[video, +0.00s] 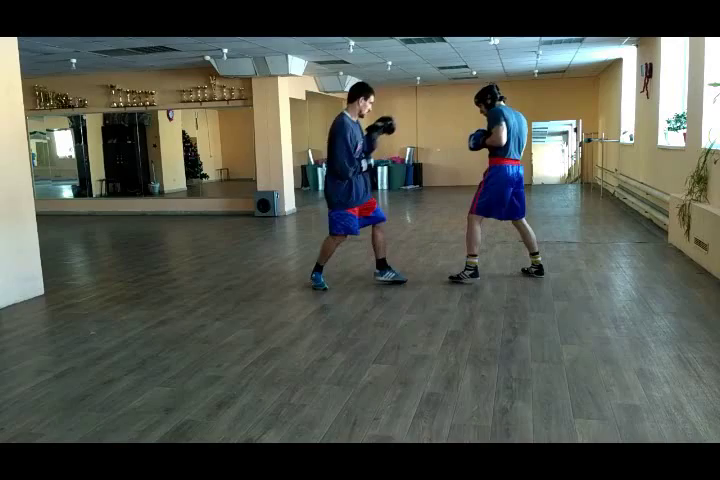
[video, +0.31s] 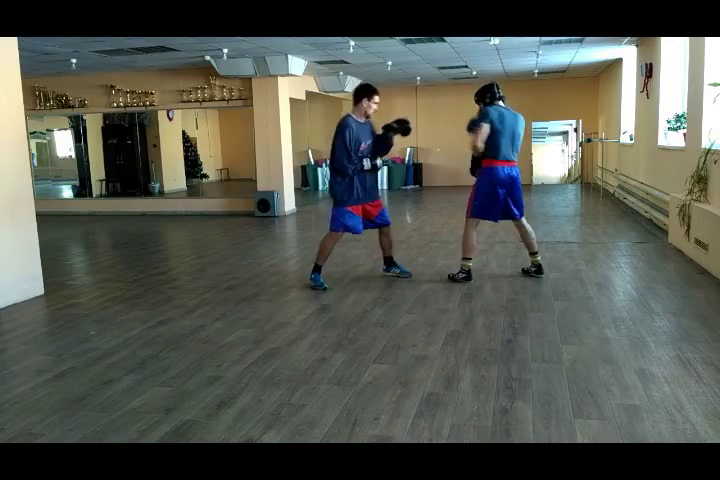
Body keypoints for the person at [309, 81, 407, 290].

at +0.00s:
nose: (370, 108)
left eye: (371, 103)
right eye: (369, 102)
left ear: (357, 101)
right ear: (359, 100)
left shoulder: (355, 124)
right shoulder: (342, 125)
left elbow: (362, 154)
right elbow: (344, 169)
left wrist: (374, 133)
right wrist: (366, 160)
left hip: (359, 189)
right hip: (342, 192)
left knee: (379, 221)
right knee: (339, 233)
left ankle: (383, 269)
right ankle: (317, 272)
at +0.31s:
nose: (376, 108)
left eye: (377, 104)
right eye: (374, 103)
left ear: (366, 102)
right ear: (363, 101)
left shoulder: (367, 124)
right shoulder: (346, 125)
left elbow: (374, 151)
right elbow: (340, 164)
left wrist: (389, 134)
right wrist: (369, 163)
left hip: (368, 188)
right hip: (347, 191)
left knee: (384, 225)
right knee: (336, 232)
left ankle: (389, 264)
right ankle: (316, 273)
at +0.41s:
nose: (385, 106)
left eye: (387, 102)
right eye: (383, 101)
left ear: (380, 102)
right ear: (372, 100)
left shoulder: (382, 123)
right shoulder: (353, 124)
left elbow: (389, 141)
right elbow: (344, 161)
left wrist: (407, 121)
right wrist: (373, 162)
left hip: (375, 188)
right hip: (351, 189)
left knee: (386, 224)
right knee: (336, 229)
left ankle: (388, 265)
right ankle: (317, 272)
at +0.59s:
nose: (394, 107)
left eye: (396, 103)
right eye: (392, 102)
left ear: (385, 101)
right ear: (380, 99)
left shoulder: (395, 117)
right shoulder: (360, 120)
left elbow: (422, 113)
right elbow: (349, 155)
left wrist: (449, 103)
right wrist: (377, 158)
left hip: (375, 182)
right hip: (353, 183)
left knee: (384, 223)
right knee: (343, 223)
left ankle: (389, 265)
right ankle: (328, 267)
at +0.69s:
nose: (394, 106)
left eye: (396, 102)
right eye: (392, 101)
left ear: (383, 101)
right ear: (380, 100)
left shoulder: (395, 117)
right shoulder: (359, 120)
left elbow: (422, 114)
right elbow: (349, 156)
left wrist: (449, 104)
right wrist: (378, 158)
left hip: (375, 181)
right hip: (353, 182)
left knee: (384, 223)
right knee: (344, 222)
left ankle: (388, 264)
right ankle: (329, 265)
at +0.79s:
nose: (386, 104)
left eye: (387, 100)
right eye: (384, 100)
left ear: (379, 99)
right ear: (371, 97)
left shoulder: (386, 118)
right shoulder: (352, 120)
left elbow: (399, 135)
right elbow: (344, 154)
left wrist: (417, 119)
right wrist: (370, 155)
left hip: (378, 182)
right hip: (355, 182)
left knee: (385, 223)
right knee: (345, 222)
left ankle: (390, 263)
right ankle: (332, 260)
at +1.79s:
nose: (387, 110)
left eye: (389, 106)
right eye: (384, 105)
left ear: (389, 105)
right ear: (372, 104)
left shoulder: (388, 123)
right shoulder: (360, 126)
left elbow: (391, 146)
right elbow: (354, 158)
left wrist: (404, 147)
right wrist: (382, 157)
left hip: (389, 179)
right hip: (368, 182)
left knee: (401, 215)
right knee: (362, 220)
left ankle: (408, 256)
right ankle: (350, 257)